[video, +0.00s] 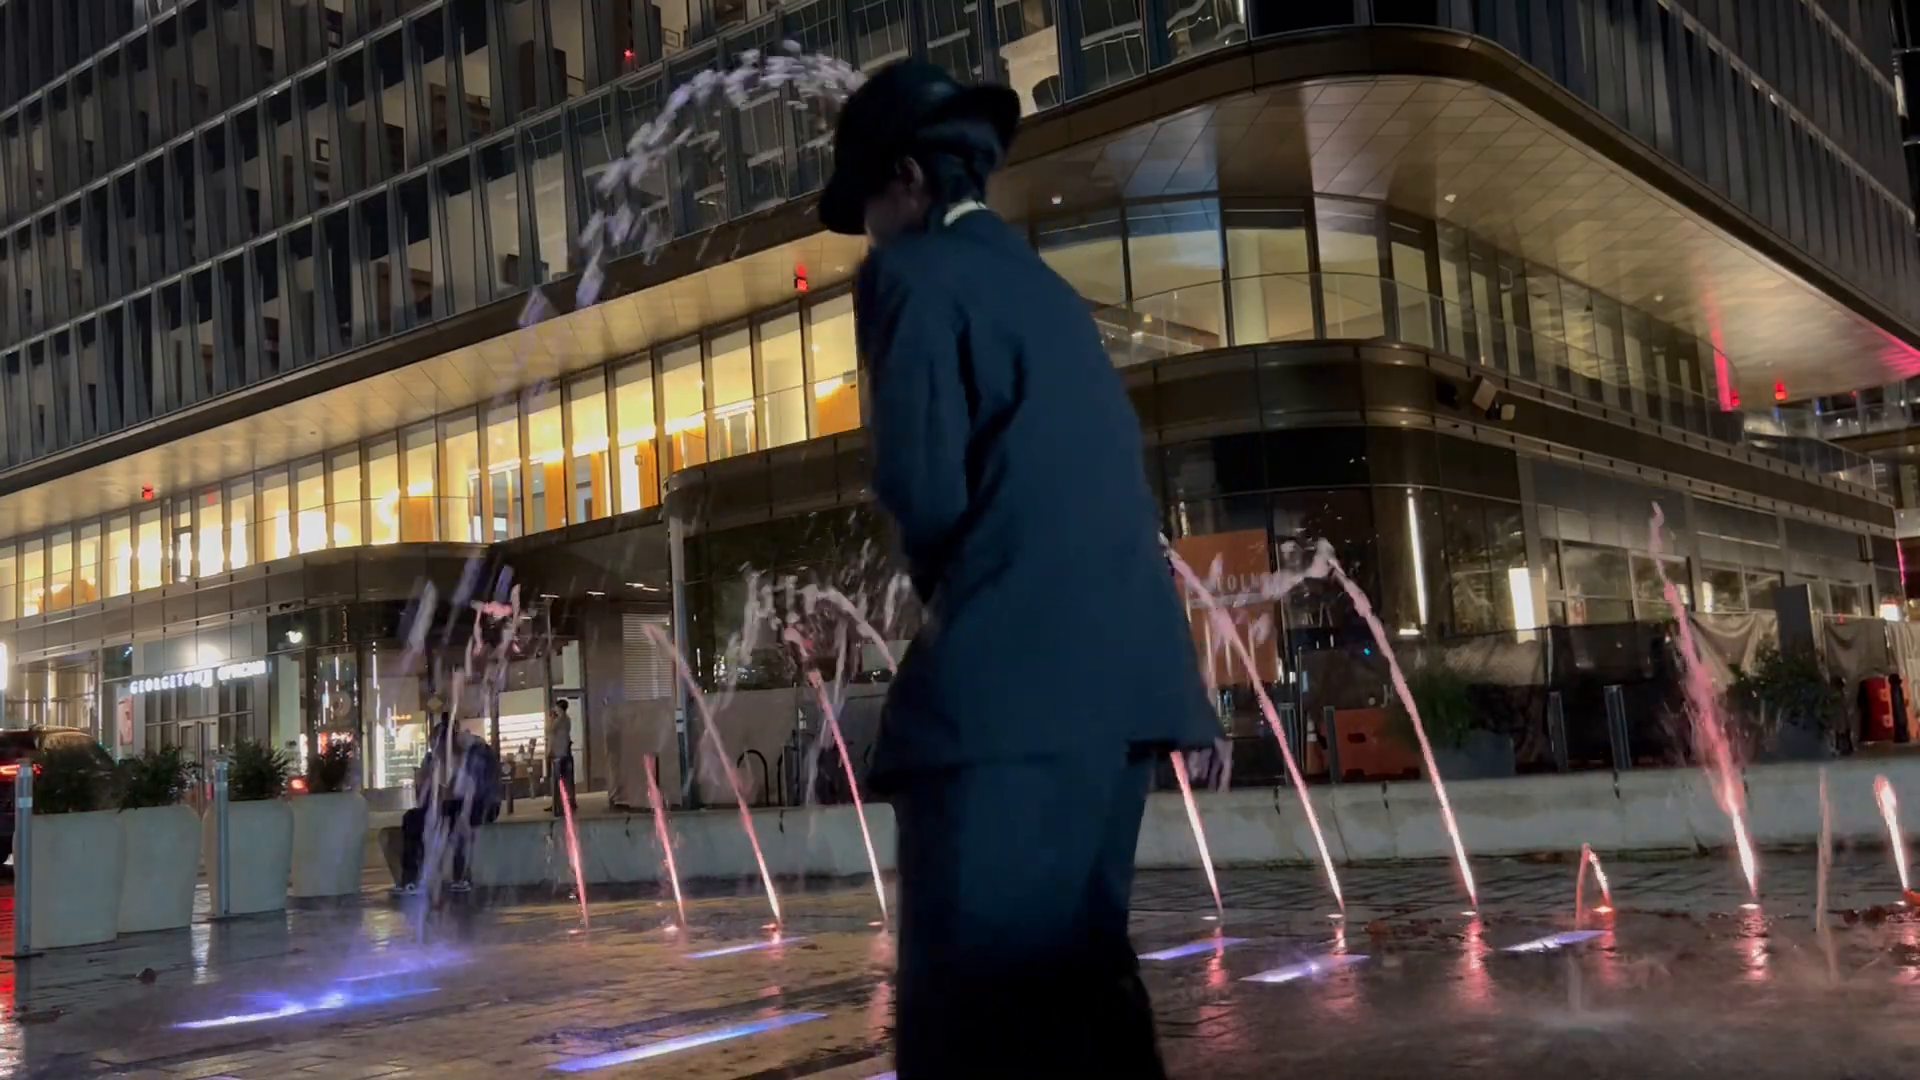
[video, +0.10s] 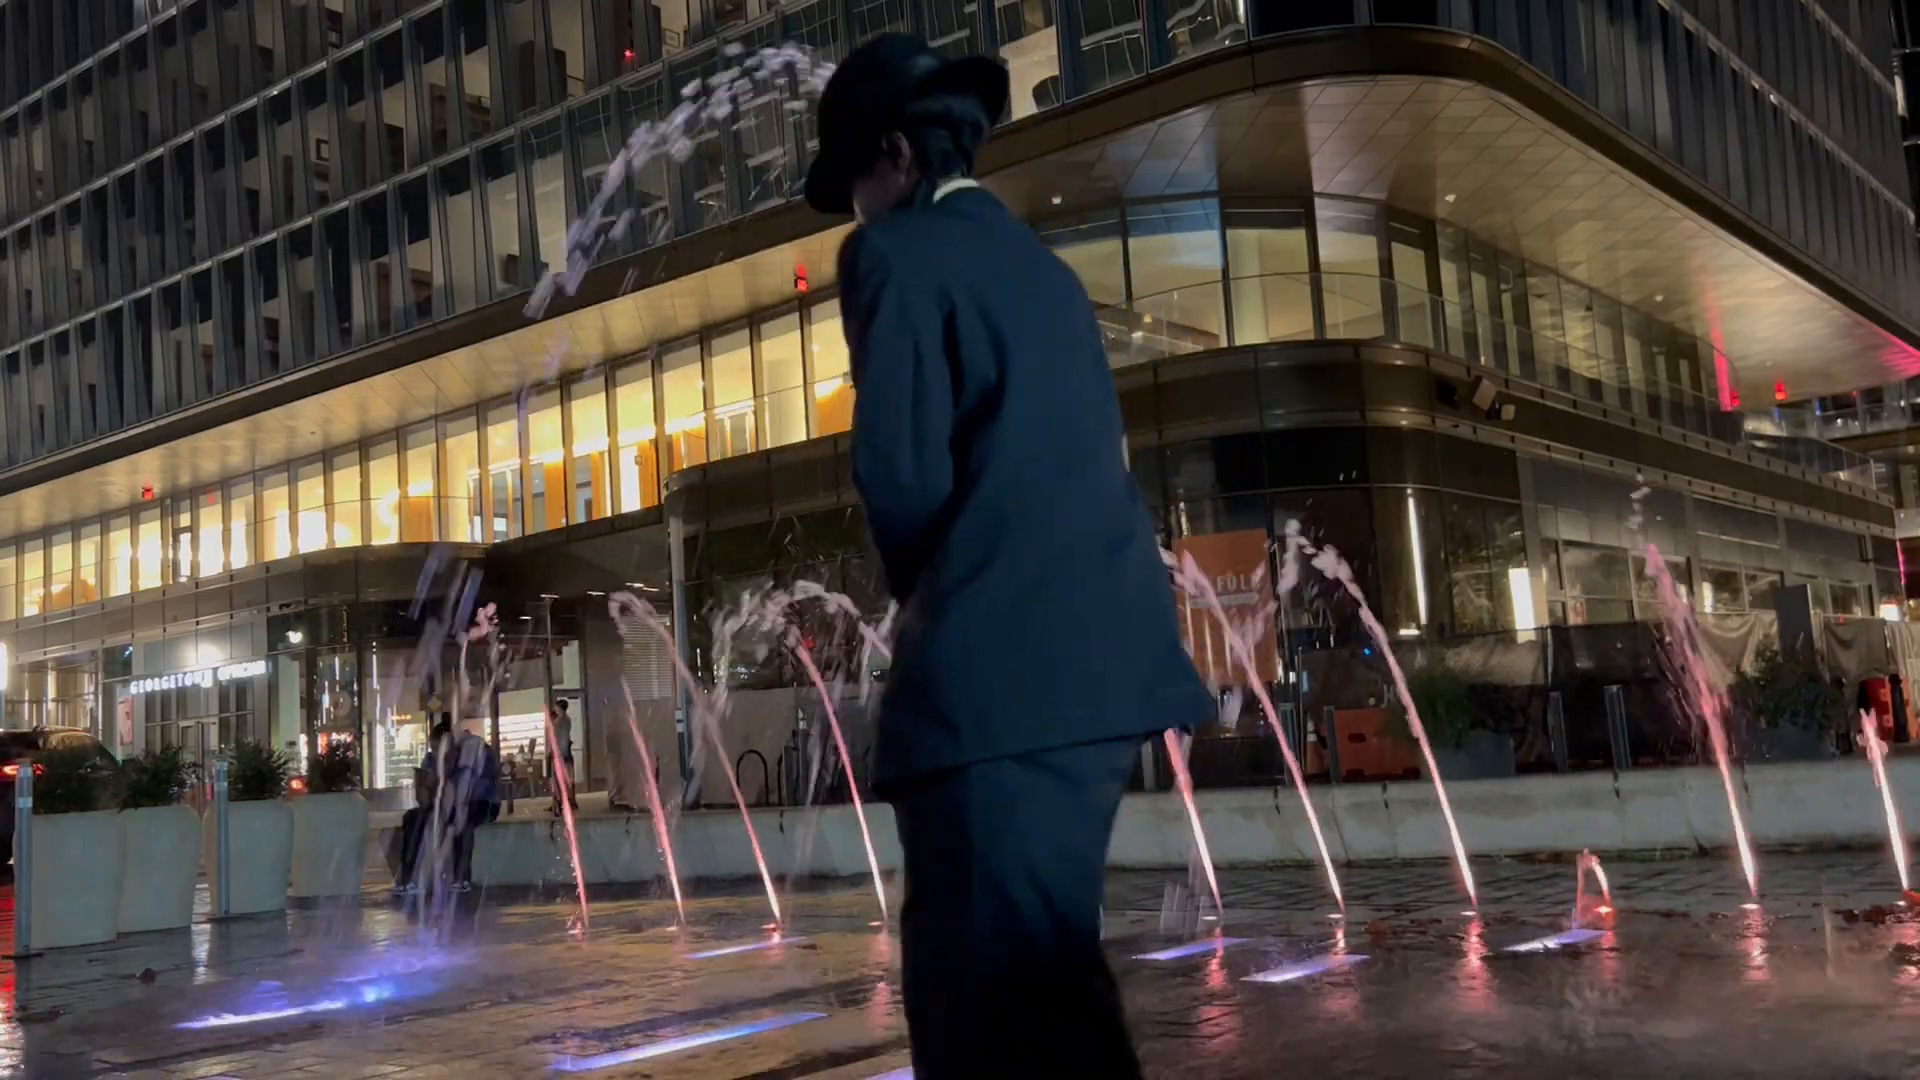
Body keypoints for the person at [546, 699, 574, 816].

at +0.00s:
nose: (555, 711)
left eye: (556, 709)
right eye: (556, 709)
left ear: (558, 709)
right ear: (565, 709)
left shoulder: (558, 721)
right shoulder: (567, 720)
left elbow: (551, 733)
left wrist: (549, 719)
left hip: (557, 754)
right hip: (566, 753)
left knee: (556, 781)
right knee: (568, 780)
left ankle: (556, 804)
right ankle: (571, 802)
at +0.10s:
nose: (555, 711)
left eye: (557, 709)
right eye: (556, 709)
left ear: (559, 709)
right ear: (565, 709)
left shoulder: (558, 721)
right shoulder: (567, 720)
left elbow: (555, 738)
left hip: (557, 753)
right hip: (567, 752)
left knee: (555, 779)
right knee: (569, 778)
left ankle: (556, 804)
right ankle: (572, 801)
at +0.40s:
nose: (556, 710)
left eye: (558, 708)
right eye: (557, 708)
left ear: (560, 708)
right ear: (566, 708)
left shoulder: (558, 719)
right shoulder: (569, 719)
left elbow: (559, 736)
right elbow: (568, 735)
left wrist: (552, 750)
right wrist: (566, 748)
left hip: (557, 754)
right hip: (567, 753)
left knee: (556, 781)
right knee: (569, 780)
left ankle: (556, 804)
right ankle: (571, 803)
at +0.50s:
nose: (557, 712)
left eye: (559, 709)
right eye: (557, 709)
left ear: (562, 709)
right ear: (567, 709)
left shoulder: (560, 720)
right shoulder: (569, 720)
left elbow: (552, 730)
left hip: (558, 754)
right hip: (567, 753)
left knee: (556, 780)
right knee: (570, 780)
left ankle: (556, 804)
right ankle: (572, 802)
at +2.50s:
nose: (566, 710)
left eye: (567, 708)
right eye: (566, 708)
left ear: (570, 708)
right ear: (575, 708)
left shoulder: (568, 721)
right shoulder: (579, 721)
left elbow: (560, 732)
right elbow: (573, 733)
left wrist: (554, 729)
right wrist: (560, 729)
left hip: (566, 753)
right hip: (574, 752)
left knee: (568, 777)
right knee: (571, 777)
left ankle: (571, 798)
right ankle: (574, 796)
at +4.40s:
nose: (563, 710)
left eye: (564, 708)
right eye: (563, 708)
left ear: (568, 708)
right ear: (571, 708)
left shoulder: (568, 719)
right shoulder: (575, 720)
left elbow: (557, 732)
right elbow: (568, 733)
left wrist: (552, 732)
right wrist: (557, 729)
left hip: (563, 753)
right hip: (572, 753)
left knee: (561, 779)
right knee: (570, 778)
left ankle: (568, 800)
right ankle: (573, 800)